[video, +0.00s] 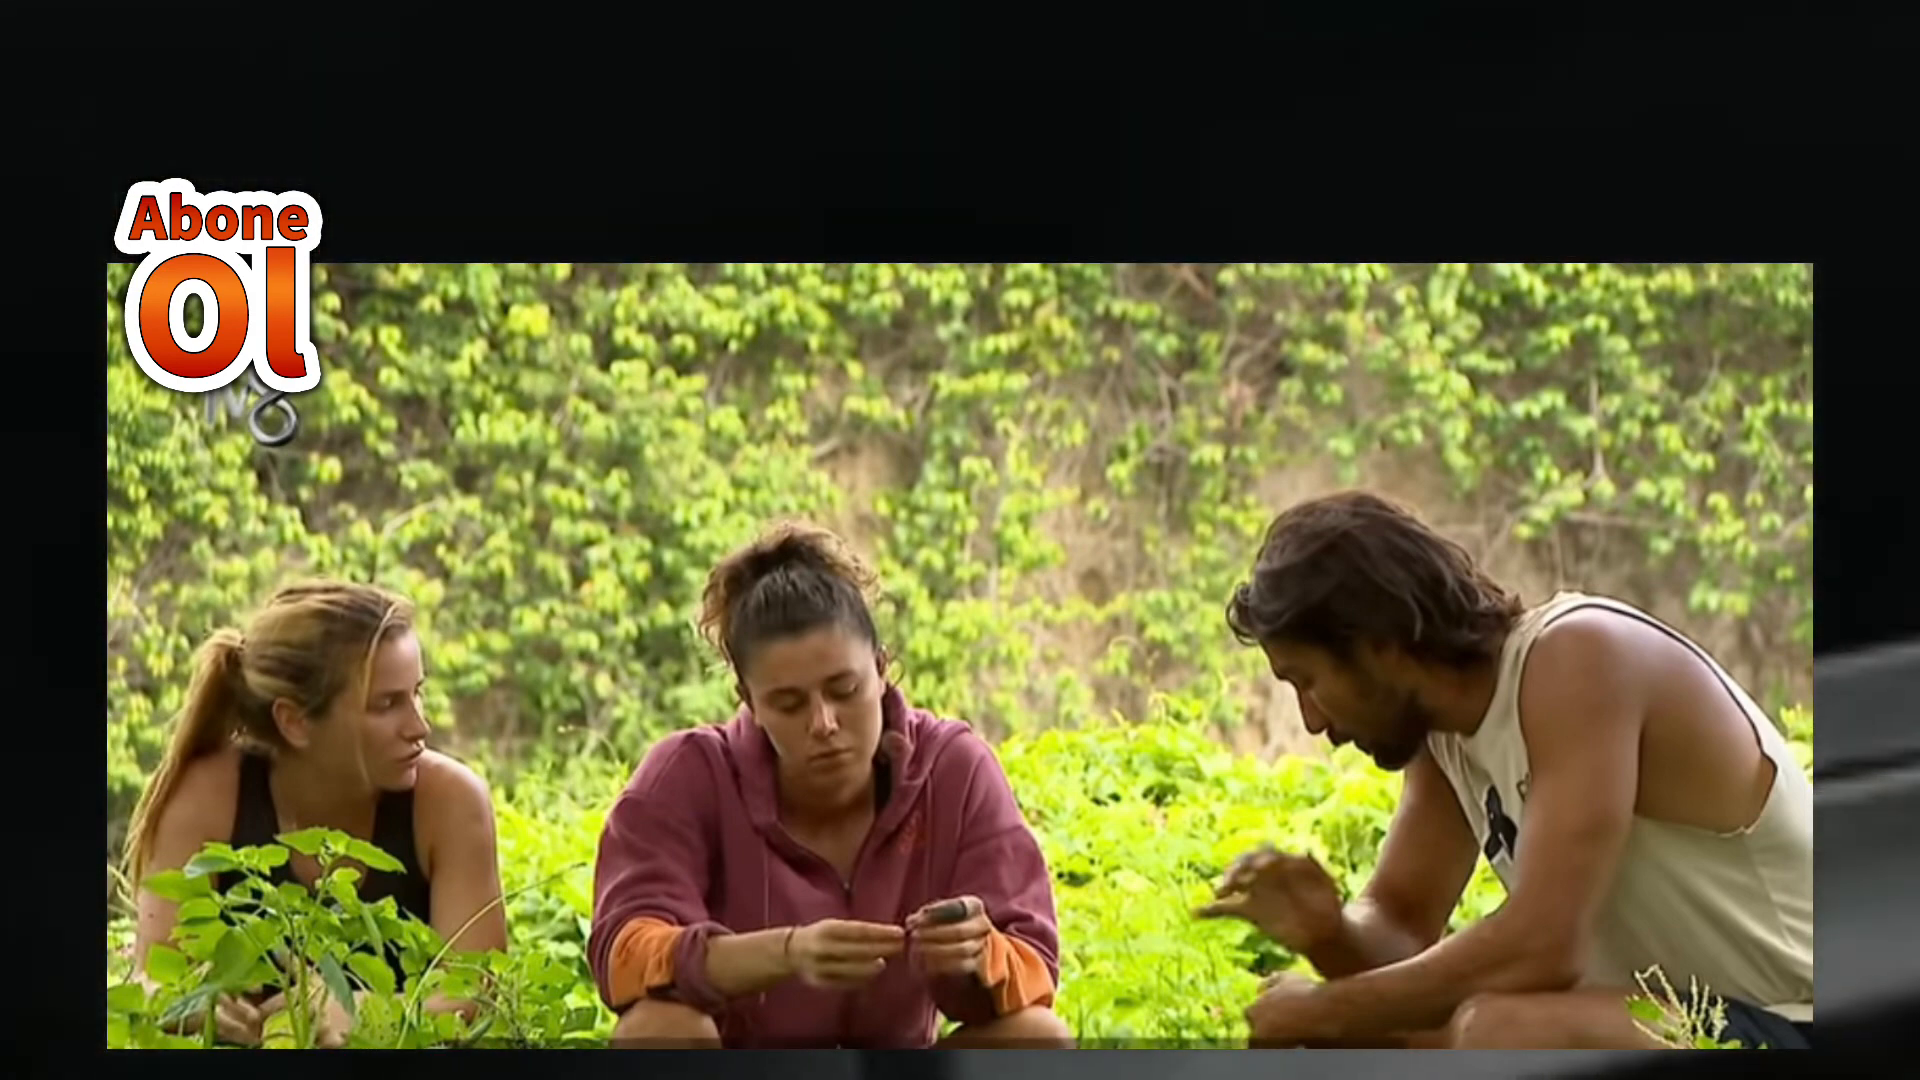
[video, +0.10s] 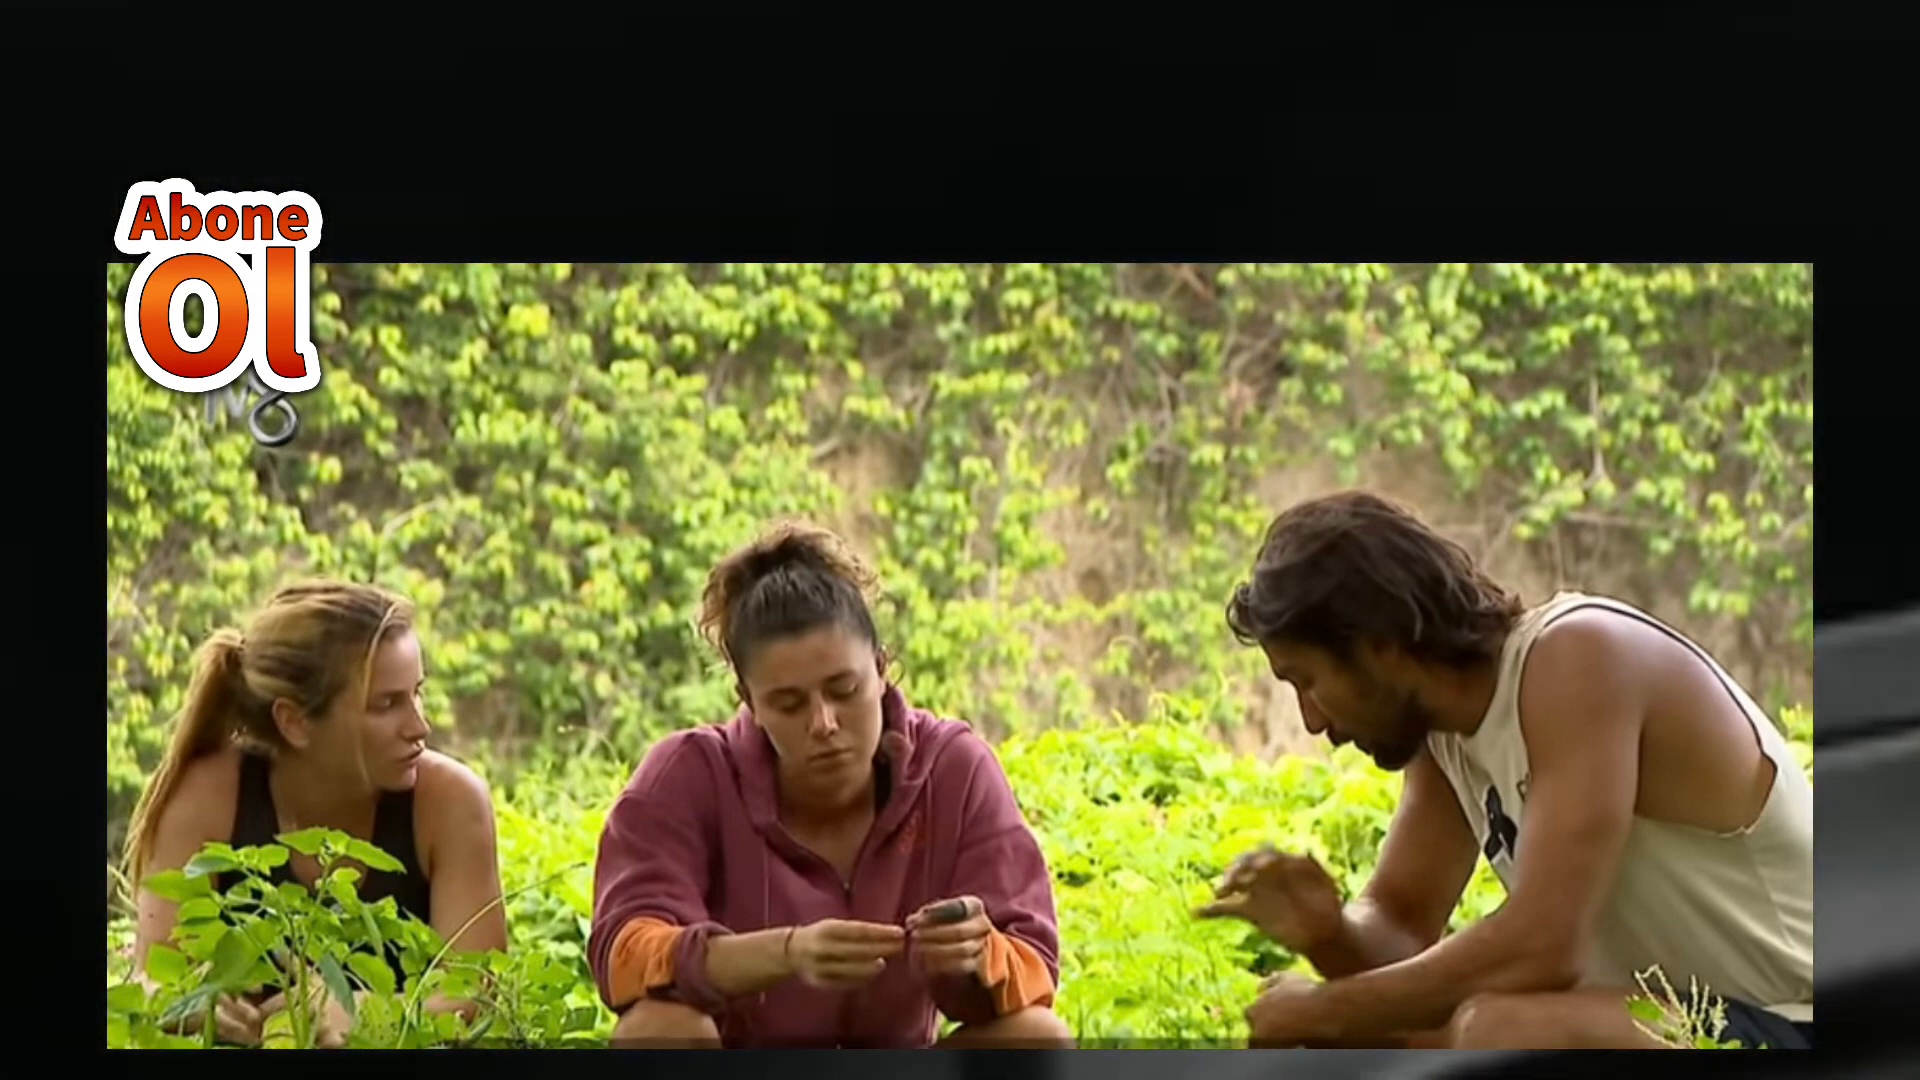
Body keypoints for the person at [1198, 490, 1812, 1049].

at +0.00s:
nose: (1310, 723)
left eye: (1305, 686)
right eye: (1295, 692)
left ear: (1385, 642)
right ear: (1385, 644)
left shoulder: (1584, 656)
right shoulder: (1451, 732)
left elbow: (1540, 950)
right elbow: (1402, 924)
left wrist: (1324, 1015)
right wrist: (1330, 934)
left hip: (1791, 1012)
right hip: (1656, 1001)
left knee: (1501, 1024)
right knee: (1382, 1027)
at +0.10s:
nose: (1310, 723)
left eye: (1305, 686)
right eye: (1295, 692)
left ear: (1385, 643)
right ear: (1385, 644)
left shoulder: (1584, 656)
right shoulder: (1451, 731)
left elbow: (1540, 950)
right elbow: (1402, 924)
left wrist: (1324, 1016)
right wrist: (1330, 934)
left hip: (1787, 1013)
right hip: (1651, 1002)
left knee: (1502, 1023)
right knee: (1376, 1026)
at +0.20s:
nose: (1310, 723)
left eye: (1305, 686)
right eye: (1295, 692)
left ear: (1385, 642)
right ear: (1385, 644)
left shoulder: (1584, 656)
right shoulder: (1451, 732)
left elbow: (1540, 950)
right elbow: (1402, 925)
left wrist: (1321, 1016)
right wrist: (1330, 934)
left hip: (1785, 1012)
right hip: (1652, 1004)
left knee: (1501, 1023)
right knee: (1385, 1027)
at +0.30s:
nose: (1310, 722)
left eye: (1305, 686)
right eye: (1295, 692)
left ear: (1383, 641)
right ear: (1384, 642)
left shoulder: (1584, 656)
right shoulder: (1451, 731)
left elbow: (1539, 951)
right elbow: (1402, 925)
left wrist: (1323, 1015)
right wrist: (1330, 933)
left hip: (1785, 1012)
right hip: (1650, 1002)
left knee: (1502, 1024)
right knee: (1383, 1025)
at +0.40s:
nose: (1310, 722)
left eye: (1305, 686)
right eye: (1295, 692)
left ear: (1384, 641)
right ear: (1384, 642)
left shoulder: (1584, 656)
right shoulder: (1451, 732)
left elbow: (1540, 951)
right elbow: (1402, 925)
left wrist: (1322, 1014)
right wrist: (1330, 933)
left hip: (1784, 1012)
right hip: (1651, 1004)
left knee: (1500, 1024)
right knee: (1374, 1029)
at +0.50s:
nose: (1310, 722)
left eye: (1305, 686)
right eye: (1295, 692)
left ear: (1384, 642)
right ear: (1384, 644)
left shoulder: (1584, 656)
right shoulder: (1450, 731)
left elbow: (1539, 951)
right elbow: (1403, 924)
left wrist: (1326, 1014)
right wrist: (1330, 933)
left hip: (1783, 1014)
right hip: (1651, 1003)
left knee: (1500, 1025)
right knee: (1383, 1027)